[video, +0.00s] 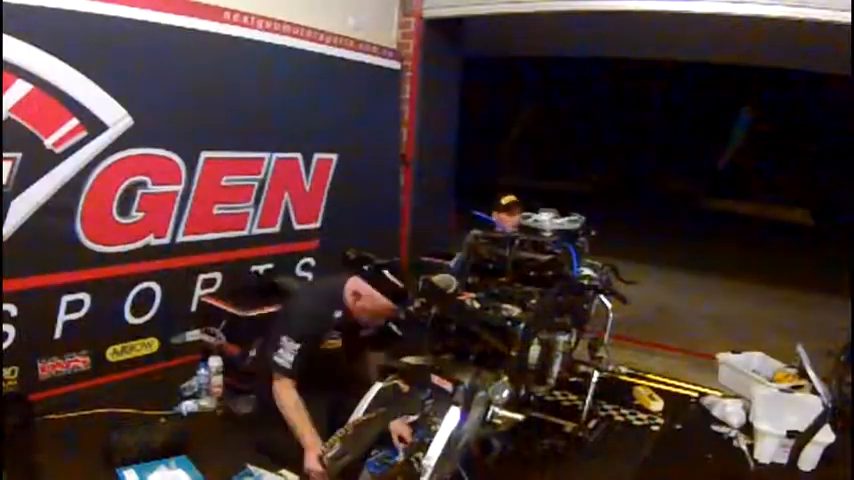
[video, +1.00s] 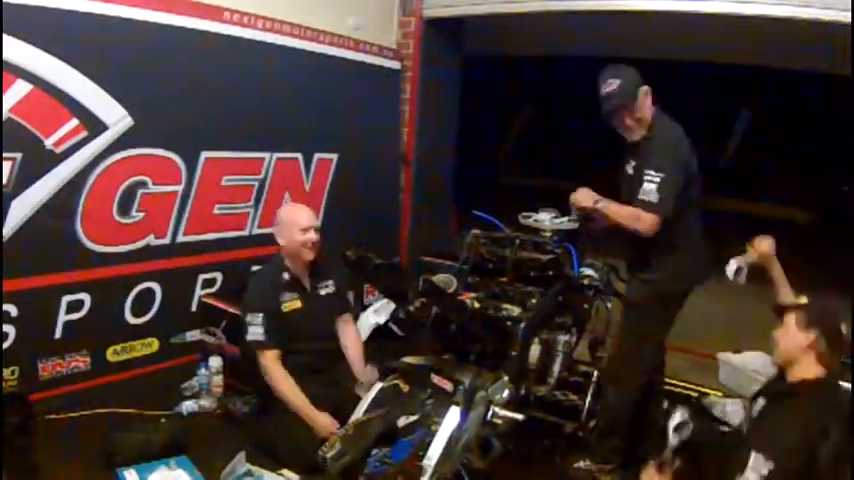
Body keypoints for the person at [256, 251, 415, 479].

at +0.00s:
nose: (381, 324)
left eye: (386, 319)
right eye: (381, 316)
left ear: (359, 294)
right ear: (359, 296)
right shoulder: (306, 310)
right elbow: (282, 386)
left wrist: (390, 416)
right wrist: (311, 446)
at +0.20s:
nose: (363, 275)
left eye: (367, 267)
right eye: (358, 265)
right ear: (335, 257)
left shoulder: (341, 278)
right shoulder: (303, 290)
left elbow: (345, 318)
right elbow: (311, 373)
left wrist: (357, 350)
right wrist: (364, 410)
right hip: (282, 377)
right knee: (308, 452)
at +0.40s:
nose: (305, 251)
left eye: (310, 242)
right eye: (296, 243)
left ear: (317, 239)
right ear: (276, 241)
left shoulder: (322, 271)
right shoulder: (258, 283)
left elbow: (340, 314)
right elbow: (245, 358)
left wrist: (353, 343)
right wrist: (305, 370)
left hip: (335, 378)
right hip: (287, 387)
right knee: (303, 459)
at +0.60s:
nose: (370, 312)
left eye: (375, 307)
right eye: (370, 304)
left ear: (343, 280)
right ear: (344, 281)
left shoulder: (357, 300)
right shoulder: (296, 297)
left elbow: (365, 346)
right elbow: (247, 348)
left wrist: (350, 388)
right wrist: (300, 380)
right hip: (283, 387)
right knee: (309, 455)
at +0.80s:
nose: (325, 235)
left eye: (328, 227)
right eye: (315, 228)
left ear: (333, 231)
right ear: (292, 235)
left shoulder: (341, 274)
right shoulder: (271, 277)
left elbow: (350, 326)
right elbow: (262, 350)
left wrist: (353, 371)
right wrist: (313, 352)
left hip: (338, 384)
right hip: (295, 385)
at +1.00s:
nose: (314, 238)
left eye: (316, 230)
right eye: (304, 231)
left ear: (320, 232)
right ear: (280, 237)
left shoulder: (327, 272)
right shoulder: (263, 285)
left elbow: (346, 324)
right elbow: (270, 364)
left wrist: (363, 376)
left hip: (333, 382)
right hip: (288, 391)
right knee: (321, 457)